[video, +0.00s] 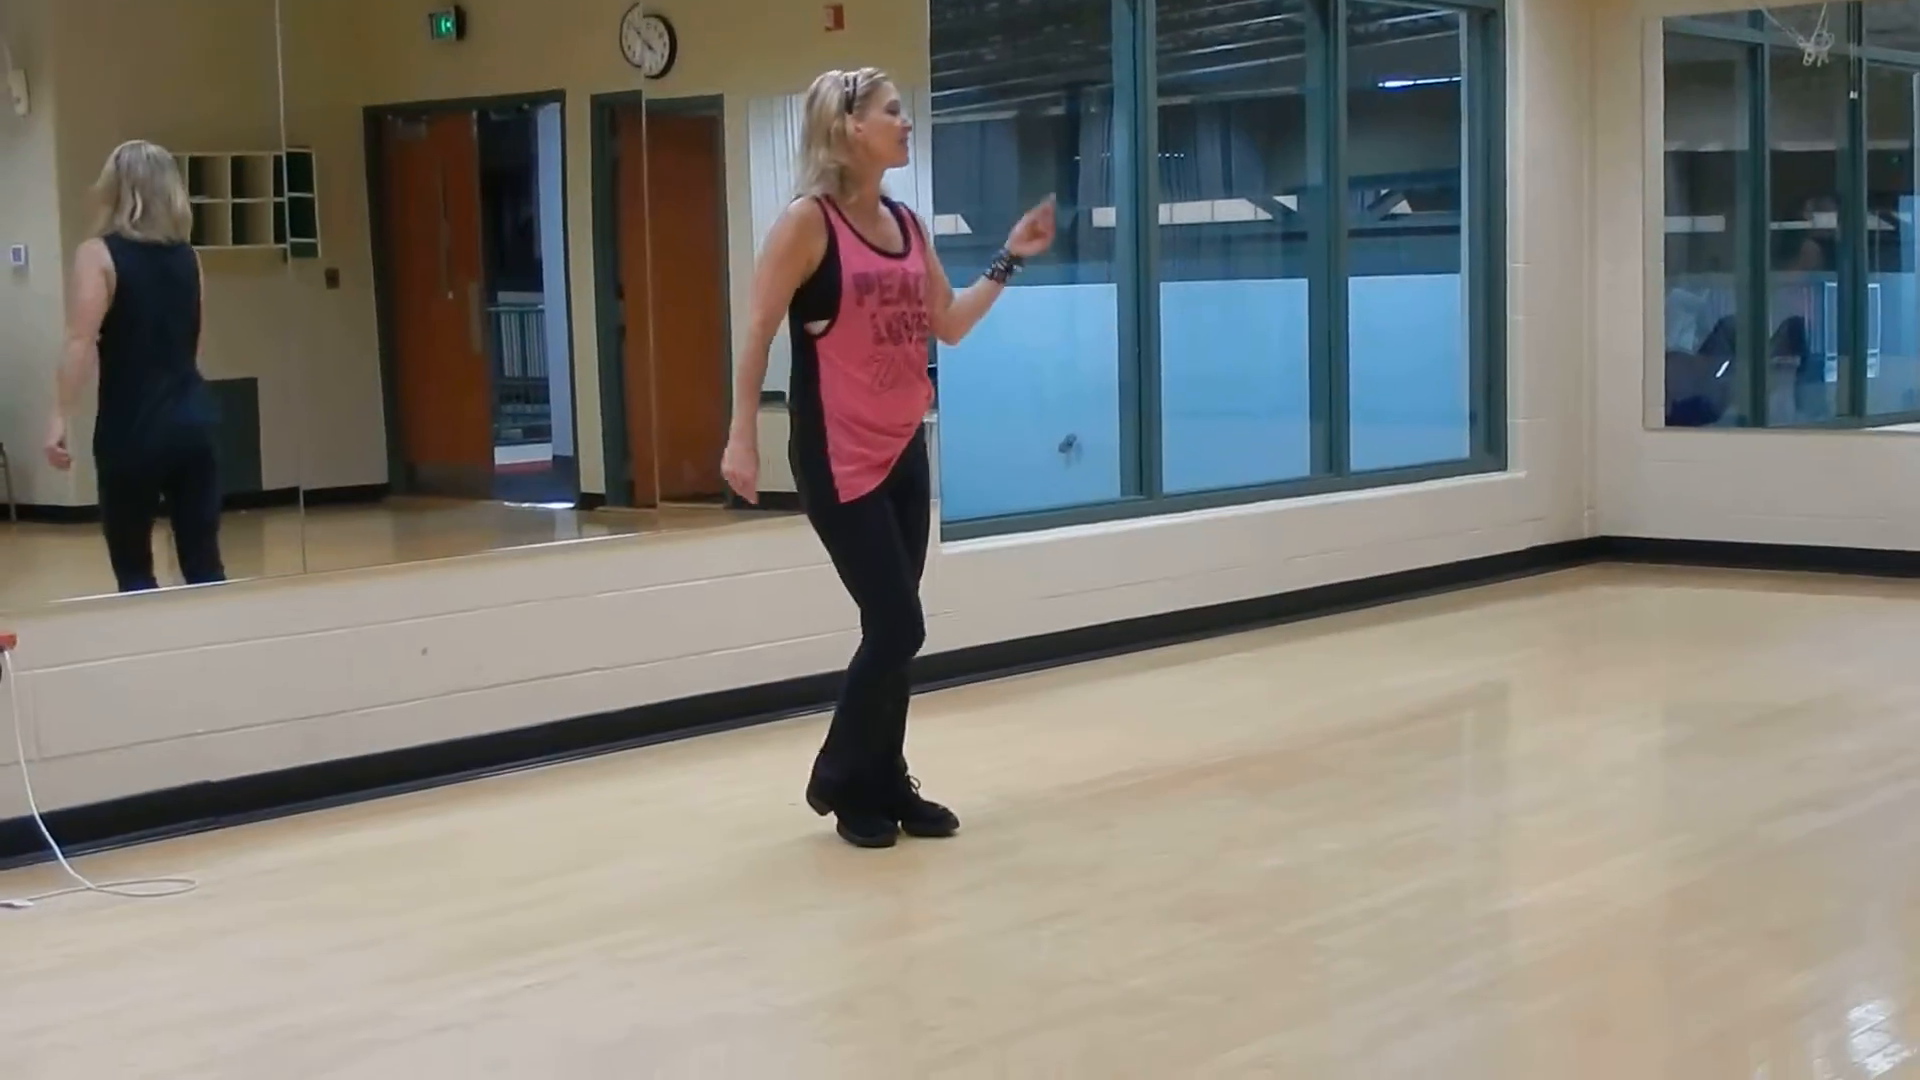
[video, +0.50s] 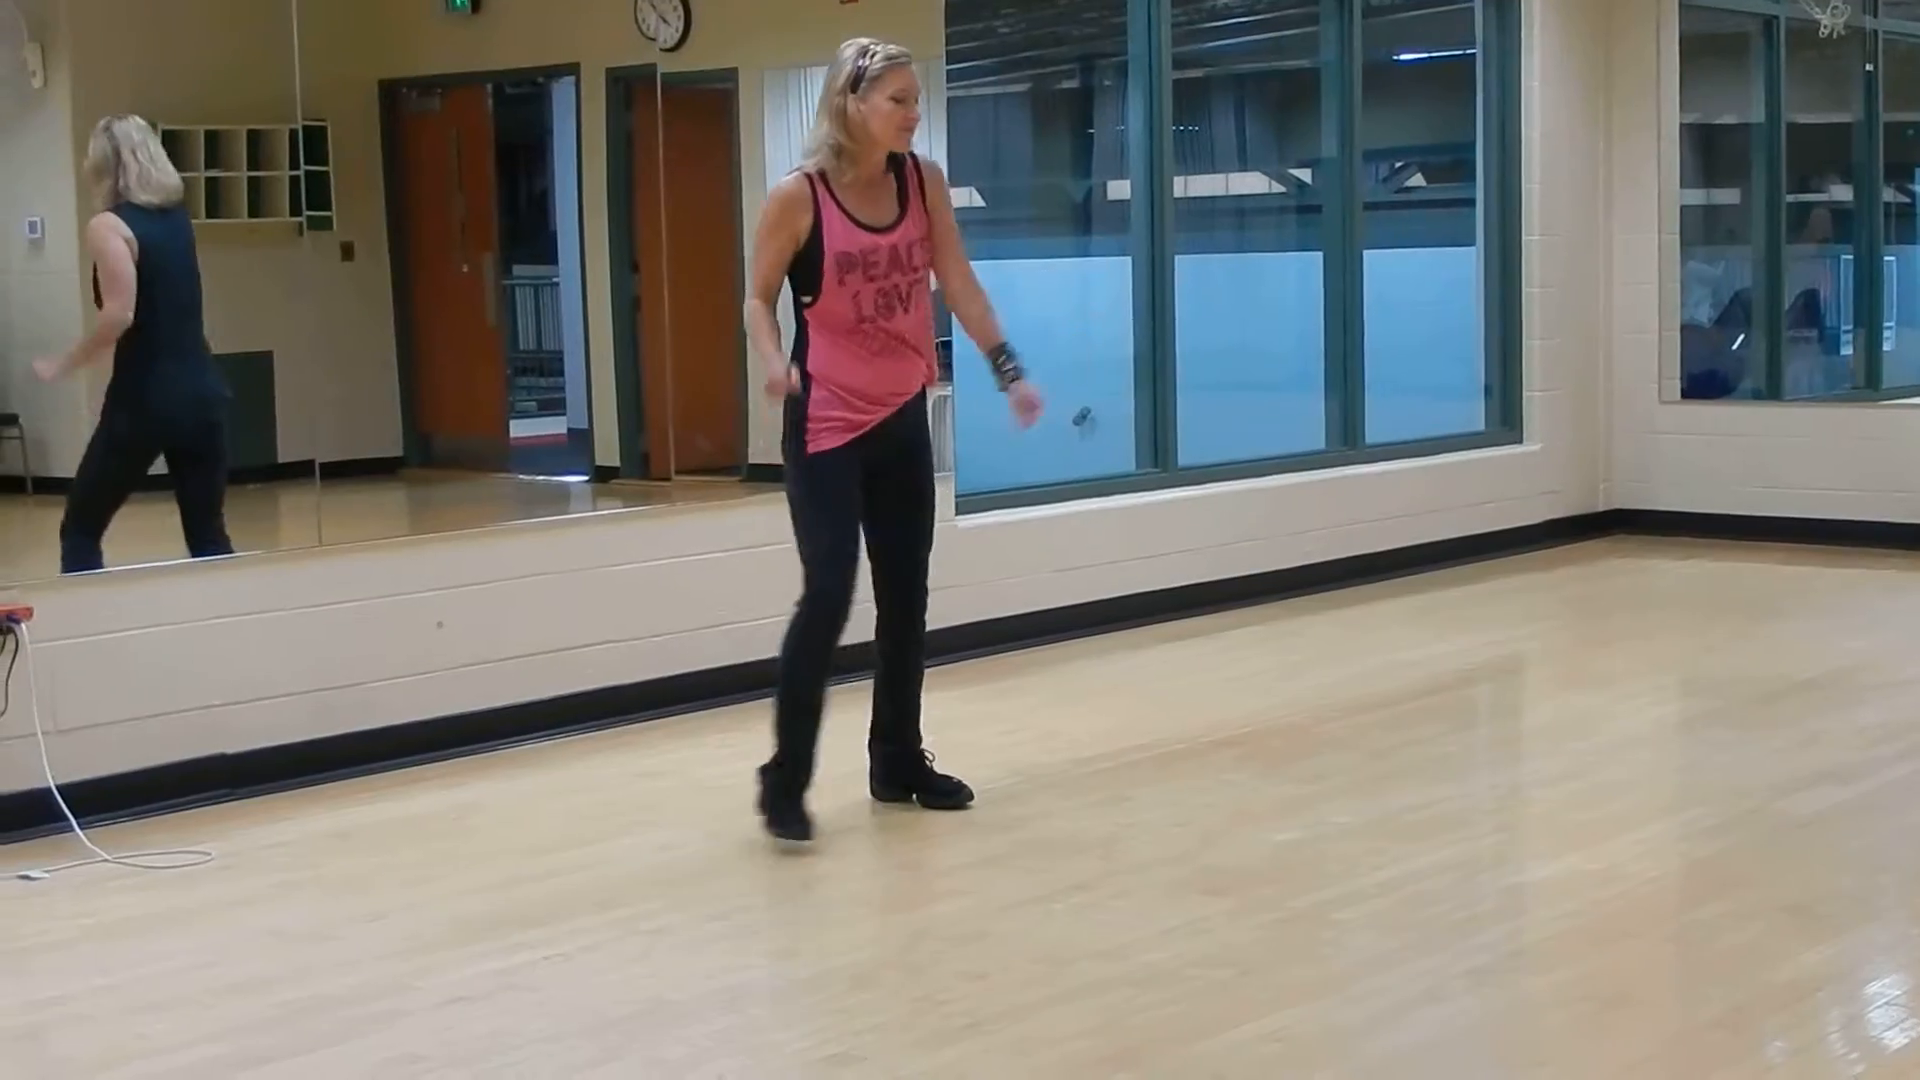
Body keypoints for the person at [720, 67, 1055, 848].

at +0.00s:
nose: (906, 121)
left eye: (901, 109)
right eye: (890, 111)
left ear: (874, 131)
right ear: (846, 129)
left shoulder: (906, 222)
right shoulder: (806, 223)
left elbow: (950, 324)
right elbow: (759, 332)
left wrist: (1008, 259)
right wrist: (742, 438)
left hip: (904, 445)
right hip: (835, 453)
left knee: (897, 622)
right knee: (896, 621)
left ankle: (885, 785)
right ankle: (842, 779)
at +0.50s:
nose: (909, 116)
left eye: (915, 103)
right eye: (896, 102)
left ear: (911, 109)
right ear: (848, 104)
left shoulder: (922, 179)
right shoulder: (797, 198)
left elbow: (957, 280)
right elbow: (761, 296)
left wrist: (1006, 368)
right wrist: (771, 359)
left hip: (903, 417)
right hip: (823, 422)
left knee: (905, 599)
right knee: (828, 595)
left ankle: (898, 764)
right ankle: (785, 781)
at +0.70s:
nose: (876, 121)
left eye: (881, 108)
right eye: (862, 107)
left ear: (879, 116)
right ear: (814, 112)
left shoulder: (890, 193)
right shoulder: (764, 199)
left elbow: (900, 297)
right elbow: (724, 314)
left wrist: (904, 373)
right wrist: (752, 300)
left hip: (881, 430)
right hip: (797, 440)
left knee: (894, 606)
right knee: (758, 620)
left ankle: (906, 760)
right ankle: (703, 803)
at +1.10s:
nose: (806, 120)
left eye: (811, 106)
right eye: (791, 105)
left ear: (809, 117)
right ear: (742, 111)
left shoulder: (809, 198)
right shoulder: (704, 200)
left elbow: (799, 307)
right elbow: (681, 306)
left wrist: (830, 373)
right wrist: (694, 388)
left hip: (784, 448)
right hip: (702, 454)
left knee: (837, 618)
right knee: (711, 642)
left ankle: (775, 735)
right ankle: (715, 818)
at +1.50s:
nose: (787, 151)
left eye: (792, 137)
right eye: (772, 137)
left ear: (786, 145)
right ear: (720, 140)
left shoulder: (795, 225)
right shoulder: (657, 239)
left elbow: (844, 330)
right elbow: (619, 357)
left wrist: (909, 271)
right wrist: (613, 470)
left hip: (793, 472)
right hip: (705, 484)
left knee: (787, 671)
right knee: (713, 674)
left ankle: (778, 842)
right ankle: (685, 857)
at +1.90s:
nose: (737, 207)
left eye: (739, 193)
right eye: (723, 192)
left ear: (722, 199)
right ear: (670, 194)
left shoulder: (726, 272)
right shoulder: (598, 287)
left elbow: (784, 368)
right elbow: (549, 403)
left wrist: (885, 388)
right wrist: (598, 504)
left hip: (714, 517)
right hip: (632, 542)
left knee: (841, 640)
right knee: (649, 732)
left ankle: (787, 805)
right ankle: (616, 923)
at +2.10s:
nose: (726, 229)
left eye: (728, 215)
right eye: (713, 214)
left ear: (715, 222)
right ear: (657, 216)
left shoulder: (721, 294)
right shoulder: (588, 314)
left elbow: (752, 400)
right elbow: (548, 431)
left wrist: (806, 497)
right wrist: (602, 456)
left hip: (704, 542)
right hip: (622, 564)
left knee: (849, 644)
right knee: (650, 753)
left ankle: (751, 788)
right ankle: (622, 937)